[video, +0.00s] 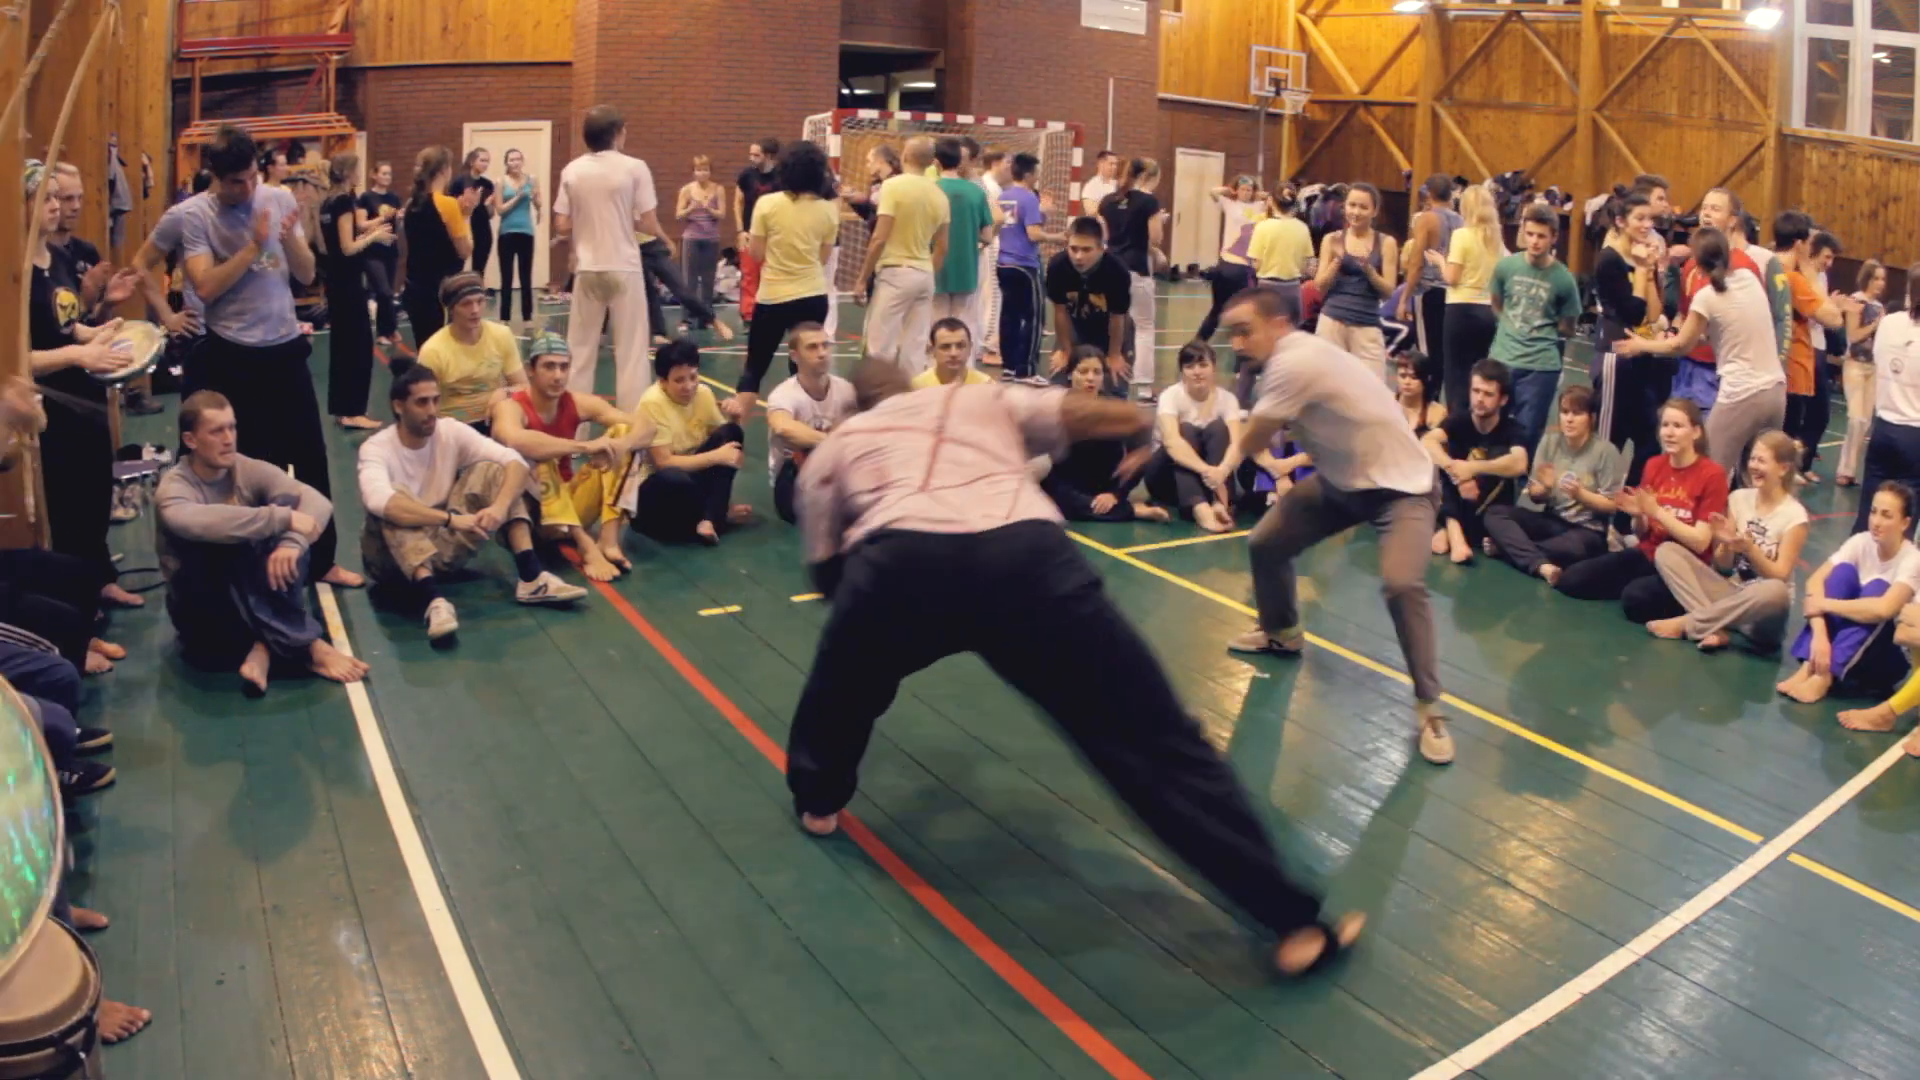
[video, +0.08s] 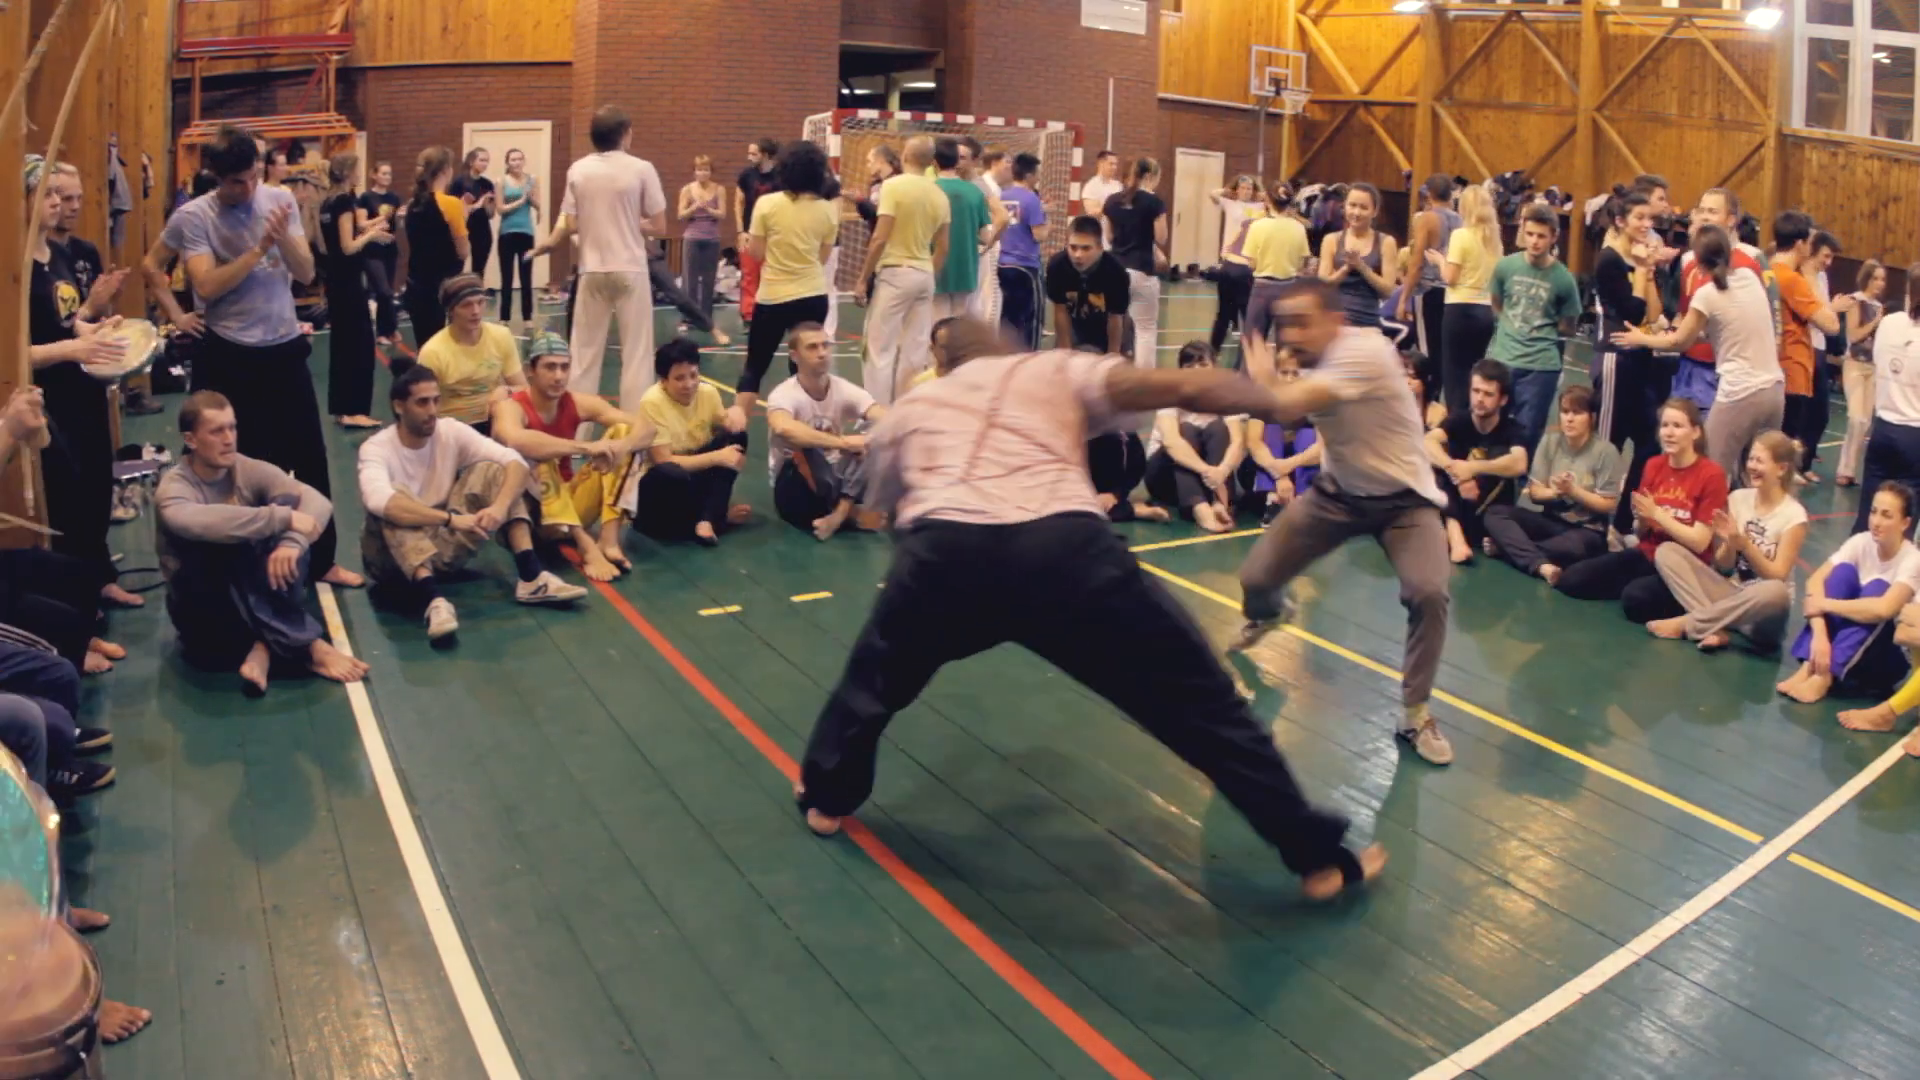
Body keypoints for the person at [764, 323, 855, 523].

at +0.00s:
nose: (822, 354)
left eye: (825, 346)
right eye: (812, 348)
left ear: (831, 348)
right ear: (794, 355)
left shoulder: (846, 390)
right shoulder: (783, 394)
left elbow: (860, 430)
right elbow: (782, 428)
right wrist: (833, 442)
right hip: (796, 472)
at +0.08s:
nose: (822, 354)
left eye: (825, 346)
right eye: (812, 348)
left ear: (831, 349)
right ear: (794, 354)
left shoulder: (842, 389)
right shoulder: (783, 394)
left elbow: (886, 417)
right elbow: (782, 428)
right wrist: (842, 443)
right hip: (797, 494)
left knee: (876, 431)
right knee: (804, 454)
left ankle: (841, 511)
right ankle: (851, 512)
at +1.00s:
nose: (822, 355)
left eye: (826, 347)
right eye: (813, 348)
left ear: (832, 350)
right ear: (794, 355)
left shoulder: (848, 392)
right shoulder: (783, 394)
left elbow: (878, 416)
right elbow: (782, 428)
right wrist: (840, 443)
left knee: (867, 447)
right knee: (807, 455)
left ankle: (838, 516)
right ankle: (848, 512)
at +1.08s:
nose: (822, 355)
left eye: (825, 347)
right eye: (812, 348)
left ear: (832, 348)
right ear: (794, 354)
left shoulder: (839, 388)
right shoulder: (783, 393)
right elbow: (781, 426)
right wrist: (821, 445)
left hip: (834, 459)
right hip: (795, 461)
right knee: (791, 499)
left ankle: (831, 519)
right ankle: (816, 522)